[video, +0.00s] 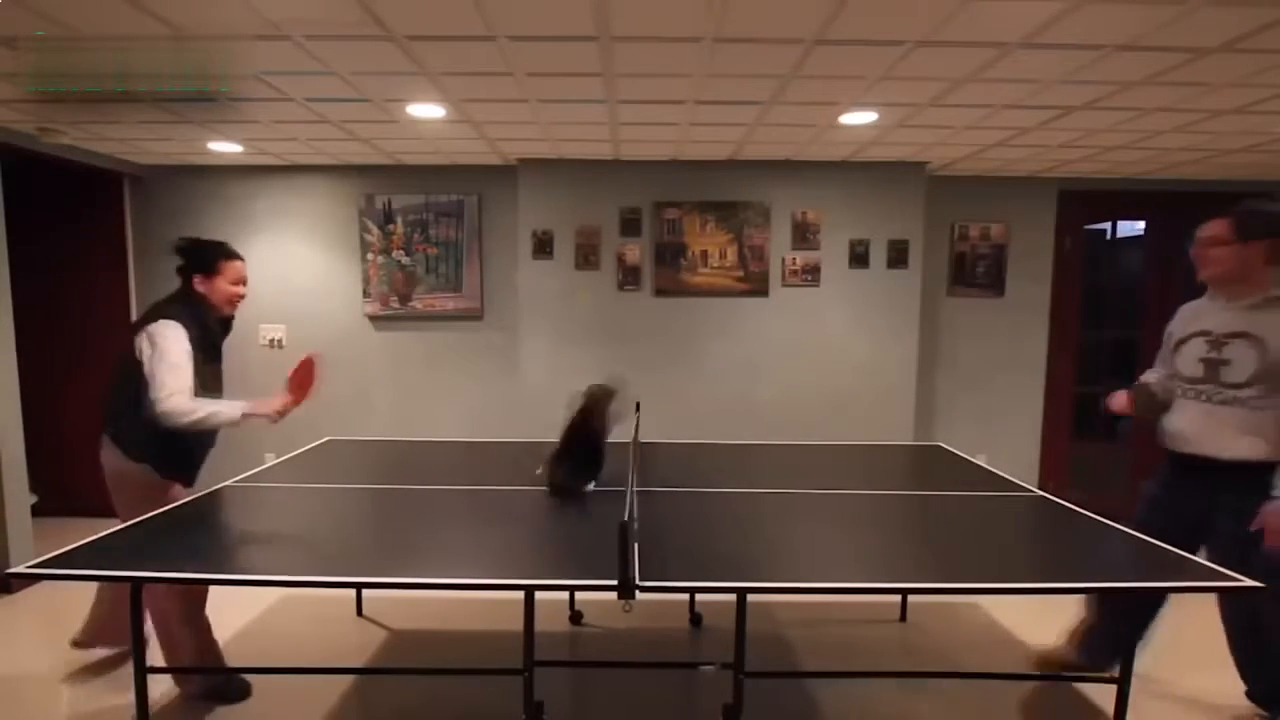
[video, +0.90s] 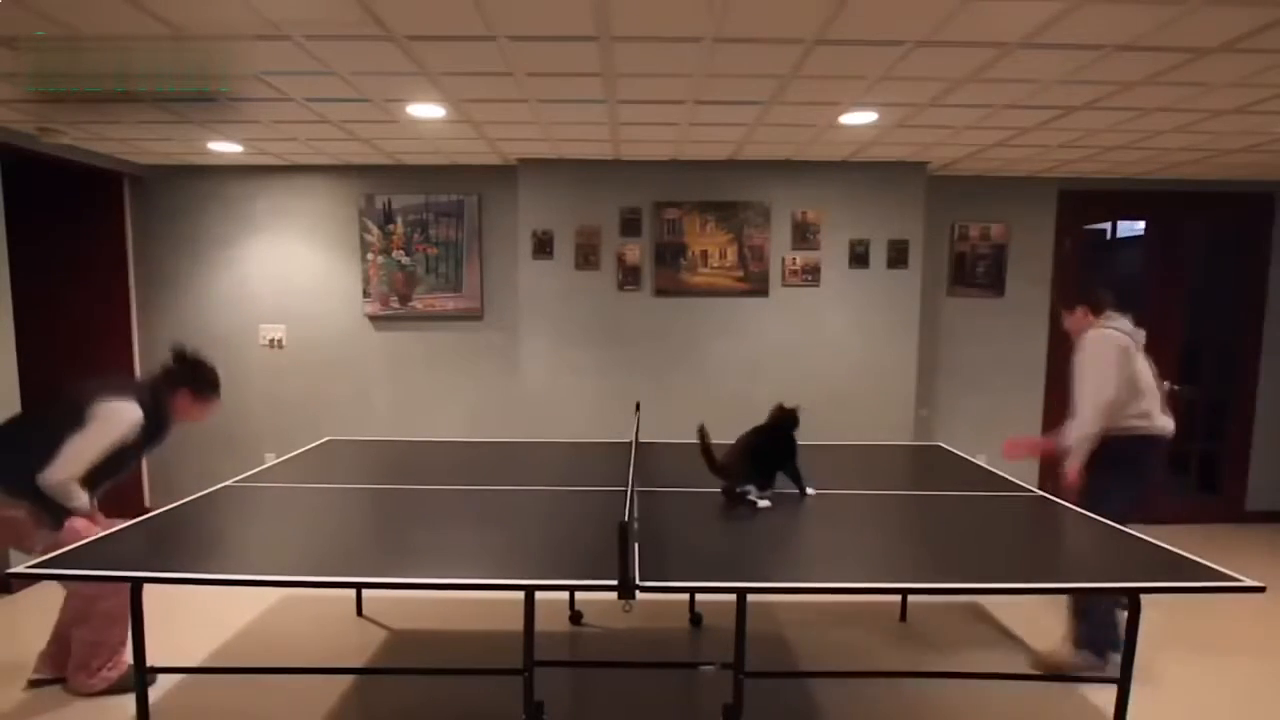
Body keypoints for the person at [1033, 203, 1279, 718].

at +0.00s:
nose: (1201, 256)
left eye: (1215, 246)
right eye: (1199, 247)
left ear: (1255, 252)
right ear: (1196, 254)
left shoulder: (1273, 313)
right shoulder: (1189, 314)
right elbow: (1164, 380)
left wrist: (1278, 498)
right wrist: (1134, 396)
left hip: (1250, 476)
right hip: (1183, 469)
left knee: (1249, 592)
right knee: (1143, 565)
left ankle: (1270, 697)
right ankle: (1095, 653)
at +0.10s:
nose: (1156, 270)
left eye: (1167, 258)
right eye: (1153, 260)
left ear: (1206, 260)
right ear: (1153, 269)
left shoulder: (1256, 328)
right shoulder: (1156, 325)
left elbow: (1270, 419)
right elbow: (1142, 385)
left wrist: (1257, 499)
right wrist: (1098, 404)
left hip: (1221, 483)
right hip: (1156, 479)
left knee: (1242, 603)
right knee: (1112, 580)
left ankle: (1273, 693)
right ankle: (1051, 661)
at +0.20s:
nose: (1096, 280)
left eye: (1108, 270)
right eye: (1095, 270)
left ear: (1146, 273)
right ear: (1101, 277)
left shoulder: (1202, 337)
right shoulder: (1112, 333)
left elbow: (1223, 424)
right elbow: (1103, 389)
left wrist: (1205, 504)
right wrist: (1065, 412)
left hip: (1171, 488)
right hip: (1109, 483)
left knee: (1203, 599)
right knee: (1063, 559)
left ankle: (1273, 694)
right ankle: (1052, 656)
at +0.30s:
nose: (1064, 272)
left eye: (1074, 263)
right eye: (1064, 263)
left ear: (1110, 267)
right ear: (1095, 270)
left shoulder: (1164, 325)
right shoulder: (1092, 318)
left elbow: (1189, 411)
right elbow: (1080, 387)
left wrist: (1166, 485)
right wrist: (1034, 409)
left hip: (1133, 474)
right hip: (1083, 466)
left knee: (1153, 585)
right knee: (1053, 560)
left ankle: (1243, 665)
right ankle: (1048, 652)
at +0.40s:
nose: (1055, 268)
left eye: (1060, 256)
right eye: (1054, 257)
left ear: (1094, 255)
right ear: (1088, 258)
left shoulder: (1145, 312)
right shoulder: (1096, 307)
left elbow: (1171, 396)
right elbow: (1096, 389)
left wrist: (1142, 468)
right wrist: (1051, 412)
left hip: (1109, 456)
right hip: (1075, 450)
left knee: (1100, 565)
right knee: (1057, 556)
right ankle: (1033, 656)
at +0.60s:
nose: (1046, 295)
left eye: (1047, 285)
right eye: (1044, 285)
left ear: (1066, 280)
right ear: (1087, 278)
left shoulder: (1092, 329)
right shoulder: (1137, 319)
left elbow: (1107, 412)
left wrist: (1092, 486)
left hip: (1113, 458)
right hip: (1143, 452)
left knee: (1064, 561)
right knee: (1056, 540)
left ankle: (1110, 677)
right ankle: (1059, 634)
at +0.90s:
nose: (1066, 326)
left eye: (1067, 317)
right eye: (1064, 319)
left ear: (1084, 313)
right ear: (1091, 313)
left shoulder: (1098, 340)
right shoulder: (1116, 340)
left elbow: (1095, 403)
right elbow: (1098, 410)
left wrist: (1075, 458)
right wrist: (1055, 441)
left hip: (1124, 446)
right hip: (1135, 444)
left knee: (1089, 540)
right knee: (1097, 540)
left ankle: (1093, 648)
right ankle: (1102, 638)